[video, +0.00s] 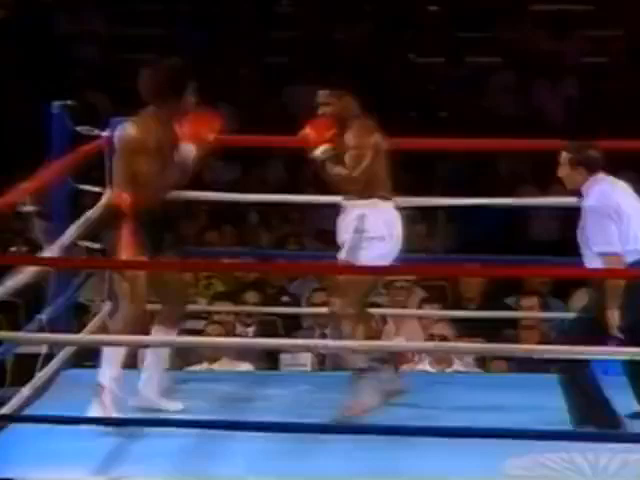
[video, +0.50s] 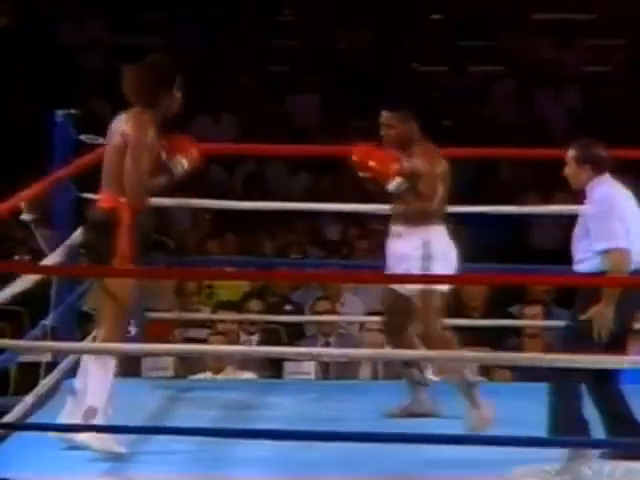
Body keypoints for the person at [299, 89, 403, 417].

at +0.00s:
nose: (323, 110)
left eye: (329, 102)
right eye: (321, 103)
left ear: (348, 102)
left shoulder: (361, 132)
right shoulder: (348, 134)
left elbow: (353, 181)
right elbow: (348, 174)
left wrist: (324, 157)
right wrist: (325, 150)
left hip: (372, 219)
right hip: (358, 218)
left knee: (345, 303)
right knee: (351, 306)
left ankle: (364, 382)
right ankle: (385, 373)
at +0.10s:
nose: (336, 114)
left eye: (341, 107)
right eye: (334, 108)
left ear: (361, 105)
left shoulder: (376, 137)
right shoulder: (359, 137)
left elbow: (362, 186)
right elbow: (356, 179)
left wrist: (335, 162)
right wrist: (336, 153)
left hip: (383, 226)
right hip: (361, 224)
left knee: (356, 311)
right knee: (351, 312)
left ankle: (410, 379)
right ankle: (375, 387)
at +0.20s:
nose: (342, 125)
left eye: (348, 118)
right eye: (341, 119)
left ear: (367, 117)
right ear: (349, 120)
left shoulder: (385, 155)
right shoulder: (366, 152)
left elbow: (369, 199)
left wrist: (341, 177)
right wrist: (345, 168)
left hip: (387, 242)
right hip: (366, 239)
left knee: (371, 331)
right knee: (347, 317)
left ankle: (427, 395)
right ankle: (375, 394)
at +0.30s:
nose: (352, 121)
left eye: (357, 114)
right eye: (350, 115)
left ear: (376, 115)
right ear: (352, 118)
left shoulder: (396, 147)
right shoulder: (367, 148)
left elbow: (402, 195)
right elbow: (371, 184)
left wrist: (366, 181)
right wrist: (351, 169)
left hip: (403, 230)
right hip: (377, 229)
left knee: (387, 324)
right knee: (369, 321)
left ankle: (435, 389)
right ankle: (378, 393)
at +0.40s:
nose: (362, 117)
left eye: (368, 111)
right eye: (360, 111)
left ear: (387, 111)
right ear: (362, 115)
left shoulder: (409, 143)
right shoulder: (375, 144)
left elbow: (417, 188)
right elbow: (383, 176)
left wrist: (380, 179)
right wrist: (361, 167)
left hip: (413, 226)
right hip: (387, 226)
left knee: (401, 320)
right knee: (382, 317)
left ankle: (451, 390)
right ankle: (390, 392)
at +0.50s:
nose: (385, 133)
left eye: (391, 127)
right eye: (383, 127)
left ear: (410, 127)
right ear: (383, 129)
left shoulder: (430, 160)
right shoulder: (397, 159)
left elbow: (432, 207)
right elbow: (400, 195)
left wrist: (395, 194)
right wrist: (378, 175)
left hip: (430, 247)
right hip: (404, 247)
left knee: (431, 330)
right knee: (395, 327)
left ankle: (477, 403)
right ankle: (421, 399)